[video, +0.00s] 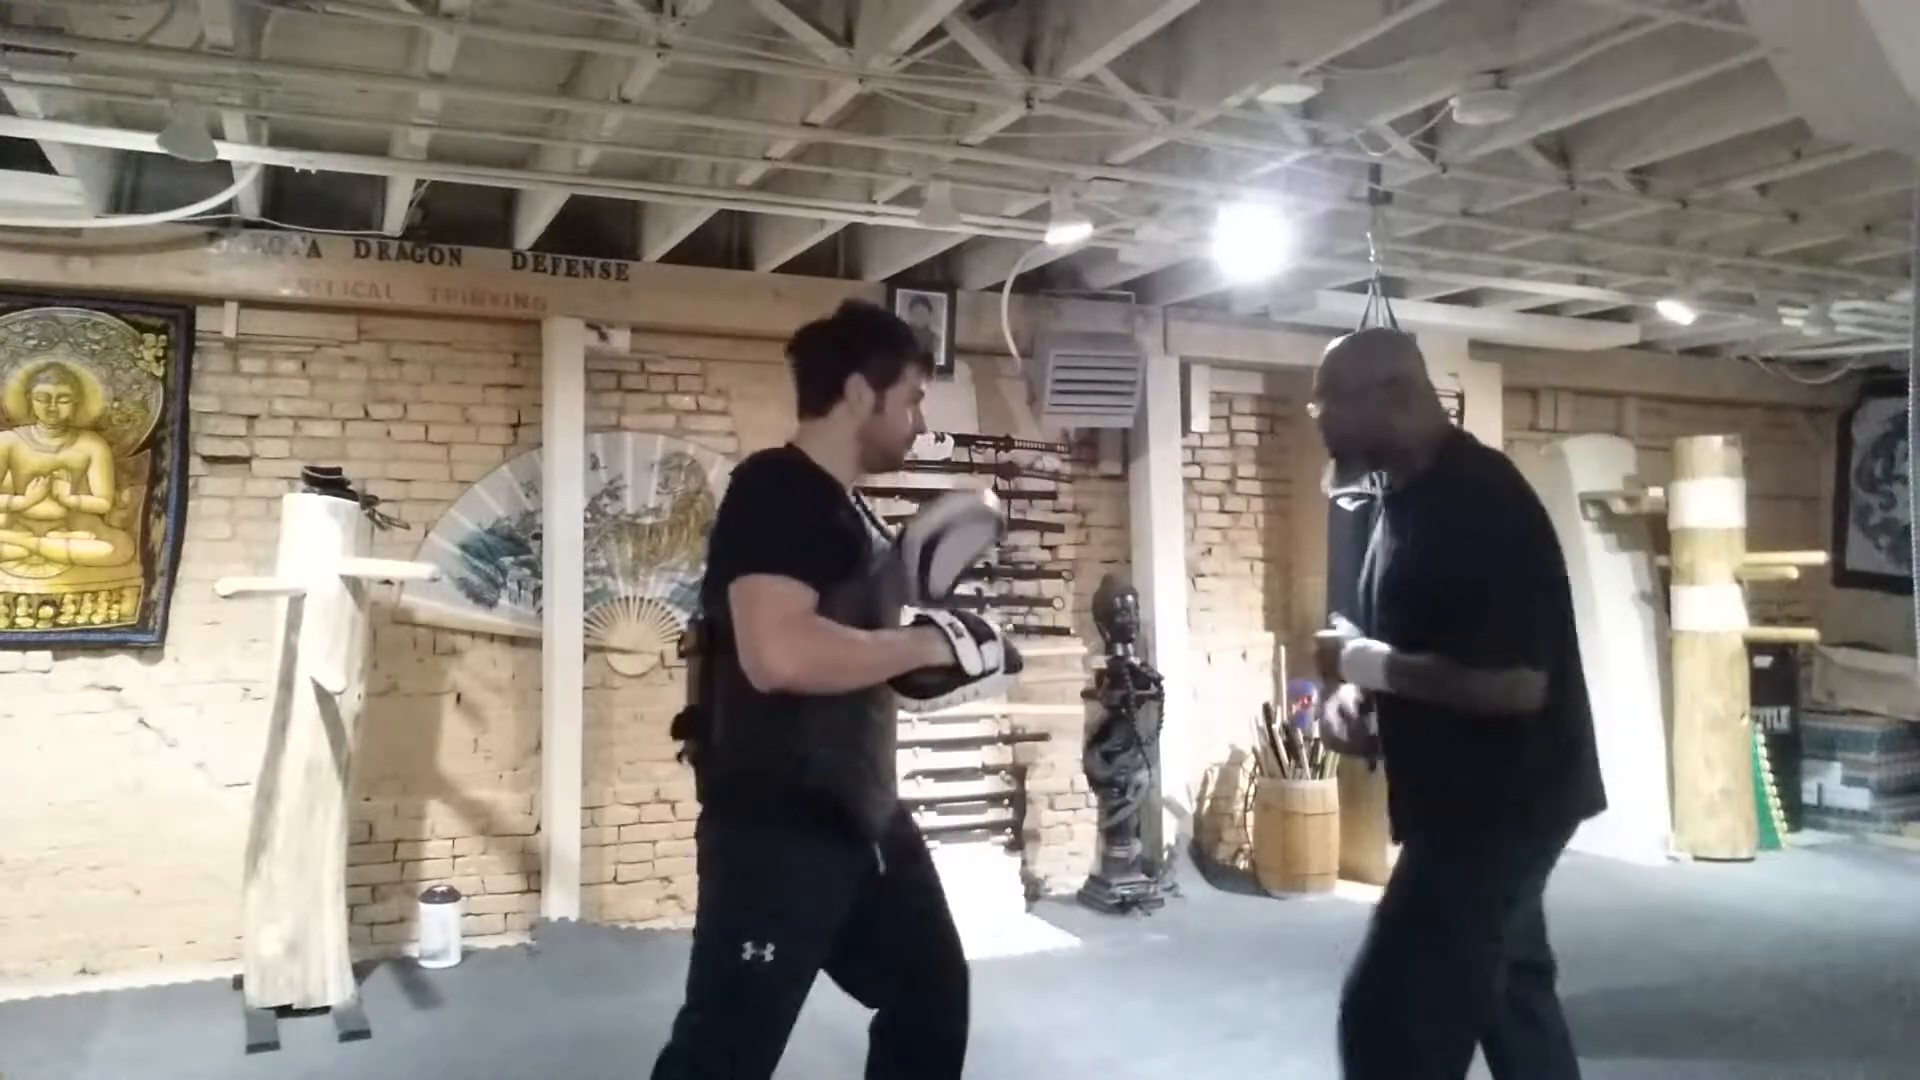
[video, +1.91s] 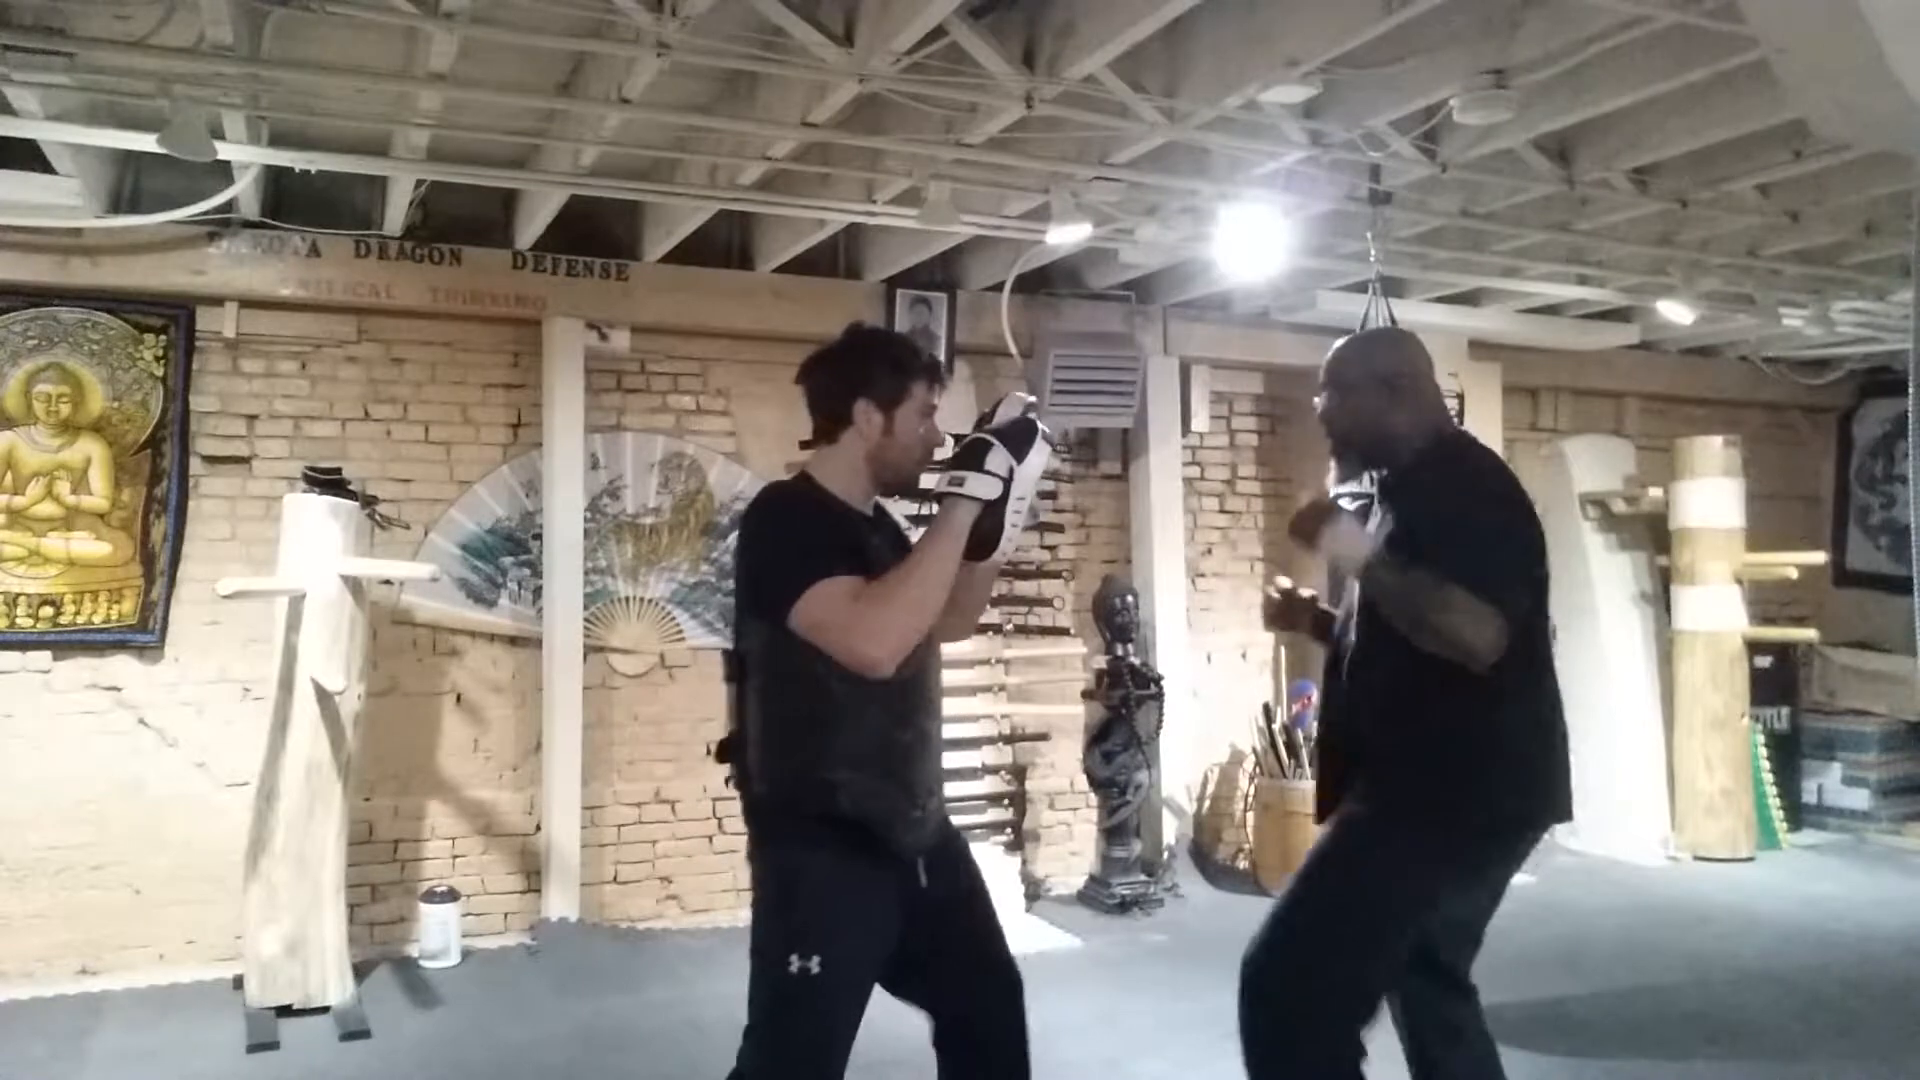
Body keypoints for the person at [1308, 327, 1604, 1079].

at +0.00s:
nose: (1320, 423)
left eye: (1329, 404)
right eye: (1319, 406)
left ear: (1391, 396)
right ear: (1394, 399)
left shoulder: (1482, 495)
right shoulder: (1406, 500)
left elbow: (1517, 681)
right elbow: (1425, 647)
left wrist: (1366, 665)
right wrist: (1359, 697)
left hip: (1504, 805)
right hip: (1457, 798)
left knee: (1390, 1022)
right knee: (1517, 1004)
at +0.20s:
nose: (1289, 433)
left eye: (1305, 411)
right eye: (1287, 413)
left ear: (1372, 407)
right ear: (1370, 411)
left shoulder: (1454, 509)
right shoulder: (1366, 503)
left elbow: (1473, 713)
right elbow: (1378, 653)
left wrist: (1337, 673)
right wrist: (1345, 705)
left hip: (1488, 804)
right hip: (1430, 794)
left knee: (1369, 1038)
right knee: (1508, 1021)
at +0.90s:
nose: (1350, 405)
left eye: (1361, 385)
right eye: (1348, 388)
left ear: (1428, 375)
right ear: (1423, 380)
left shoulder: (1526, 486)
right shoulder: (1417, 490)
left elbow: (1572, 657)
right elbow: (1432, 637)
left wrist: (1392, 636)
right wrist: (1359, 677)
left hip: (1497, 798)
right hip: (1440, 789)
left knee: (1389, 1028)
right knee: (1514, 1017)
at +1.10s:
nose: (1360, 407)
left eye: (1370, 386)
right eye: (1357, 390)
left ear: (1439, 376)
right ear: (1437, 380)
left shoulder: (1513, 476)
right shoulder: (1446, 476)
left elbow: (1570, 646)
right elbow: (1452, 606)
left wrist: (1419, 649)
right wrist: (1379, 614)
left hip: (1500, 793)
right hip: (1464, 783)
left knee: (1390, 1021)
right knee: (1516, 1013)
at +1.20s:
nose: (1356, 409)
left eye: (1365, 389)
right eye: (1353, 392)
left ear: (1432, 378)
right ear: (1433, 381)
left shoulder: (1505, 476)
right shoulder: (1455, 475)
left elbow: (1530, 652)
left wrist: (1393, 623)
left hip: (1493, 798)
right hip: (1478, 788)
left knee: (1381, 1026)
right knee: (1521, 1016)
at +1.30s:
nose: (1342, 401)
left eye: (1357, 383)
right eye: (1342, 385)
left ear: (1426, 378)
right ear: (1427, 382)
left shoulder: (1493, 475)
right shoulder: (1448, 475)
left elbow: (1491, 657)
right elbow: (1459, 630)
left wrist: (1342, 583)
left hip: (1491, 800)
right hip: (1478, 790)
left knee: (1388, 1039)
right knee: (1526, 1026)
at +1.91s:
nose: (1319, 410)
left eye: (1333, 392)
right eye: (1322, 393)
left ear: (1396, 391)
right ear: (1402, 394)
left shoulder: (1463, 481)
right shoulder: (1414, 494)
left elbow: (1476, 630)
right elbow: (1410, 652)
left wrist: (1355, 552)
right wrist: (1321, 622)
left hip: (1447, 794)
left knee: (1290, 988)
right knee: (1430, 980)